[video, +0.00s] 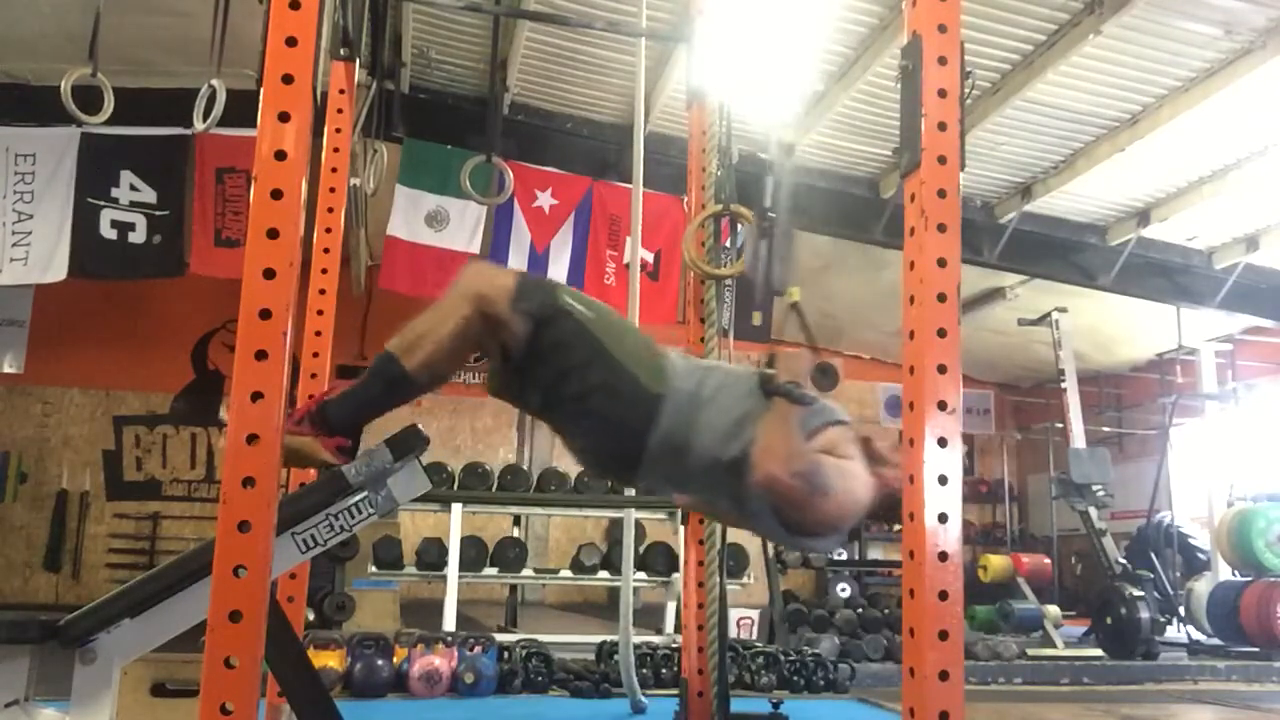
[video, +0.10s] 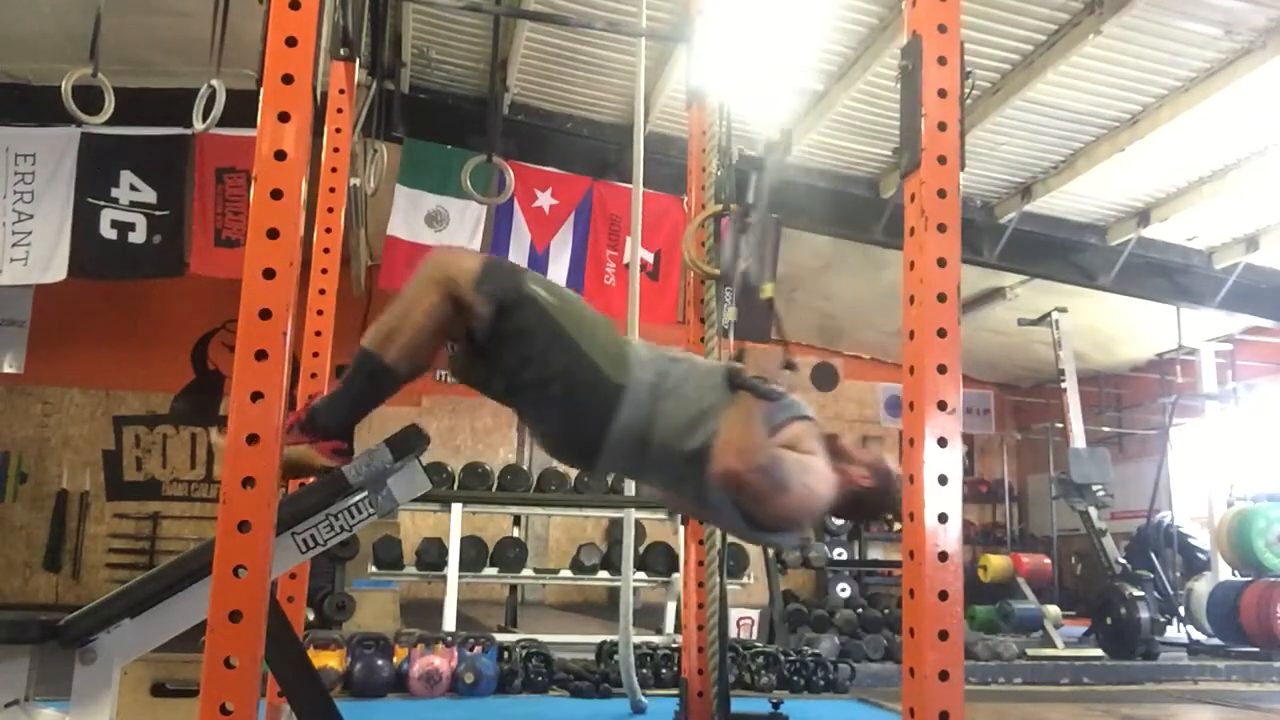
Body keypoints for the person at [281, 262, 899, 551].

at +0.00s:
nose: (900, 430)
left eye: (911, 444)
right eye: (911, 429)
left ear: (902, 478)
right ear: (900, 429)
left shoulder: (850, 490)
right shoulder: (843, 440)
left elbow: (780, 473)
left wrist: (790, 391)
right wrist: (799, 380)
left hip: (644, 414)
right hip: (650, 389)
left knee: (486, 287)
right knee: (480, 310)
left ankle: (337, 420)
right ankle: (344, 414)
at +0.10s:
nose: (866, 443)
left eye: (873, 457)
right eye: (877, 446)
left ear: (862, 481)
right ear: (860, 461)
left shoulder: (811, 481)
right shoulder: (808, 449)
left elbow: (739, 464)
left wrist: (757, 387)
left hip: (610, 396)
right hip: (614, 389)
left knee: (454, 270)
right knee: (452, 298)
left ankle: (332, 418)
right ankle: (335, 417)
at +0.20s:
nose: (828, 436)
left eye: (837, 448)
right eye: (840, 440)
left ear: (829, 473)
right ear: (825, 467)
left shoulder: (777, 476)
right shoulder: (768, 453)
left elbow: (700, 457)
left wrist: (731, 380)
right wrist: (733, 375)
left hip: (576, 386)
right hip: (573, 387)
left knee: (416, 255)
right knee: (402, 289)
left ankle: (321, 427)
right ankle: (317, 425)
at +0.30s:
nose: (799, 425)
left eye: (808, 440)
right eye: (810, 430)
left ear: (798, 466)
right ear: (795, 449)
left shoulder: (748, 470)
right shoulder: (743, 433)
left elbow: (673, 458)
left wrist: (697, 373)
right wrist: (711, 359)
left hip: (543, 381)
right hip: (552, 359)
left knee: (386, 250)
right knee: (391, 269)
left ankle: (315, 424)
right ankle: (319, 415)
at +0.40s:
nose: (771, 409)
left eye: (778, 422)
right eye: (781, 413)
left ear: (772, 448)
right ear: (771, 443)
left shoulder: (725, 463)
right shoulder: (717, 429)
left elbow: (644, 445)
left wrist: (678, 361)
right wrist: (694, 355)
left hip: (518, 372)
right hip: (523, 365)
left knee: (354, 246)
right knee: (368, 285)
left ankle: (302, 412)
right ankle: (301, 406)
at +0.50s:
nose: (756, 398)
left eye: (765, 411)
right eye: (768, 401)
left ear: (752, 441)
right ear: (751, 434)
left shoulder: (705, 450)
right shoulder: (698, 419)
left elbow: (625, 437)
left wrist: (660, 356)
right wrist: (663, 351)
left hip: (500, 361)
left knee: (323, 244)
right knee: (335, 308)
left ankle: (298, 415)